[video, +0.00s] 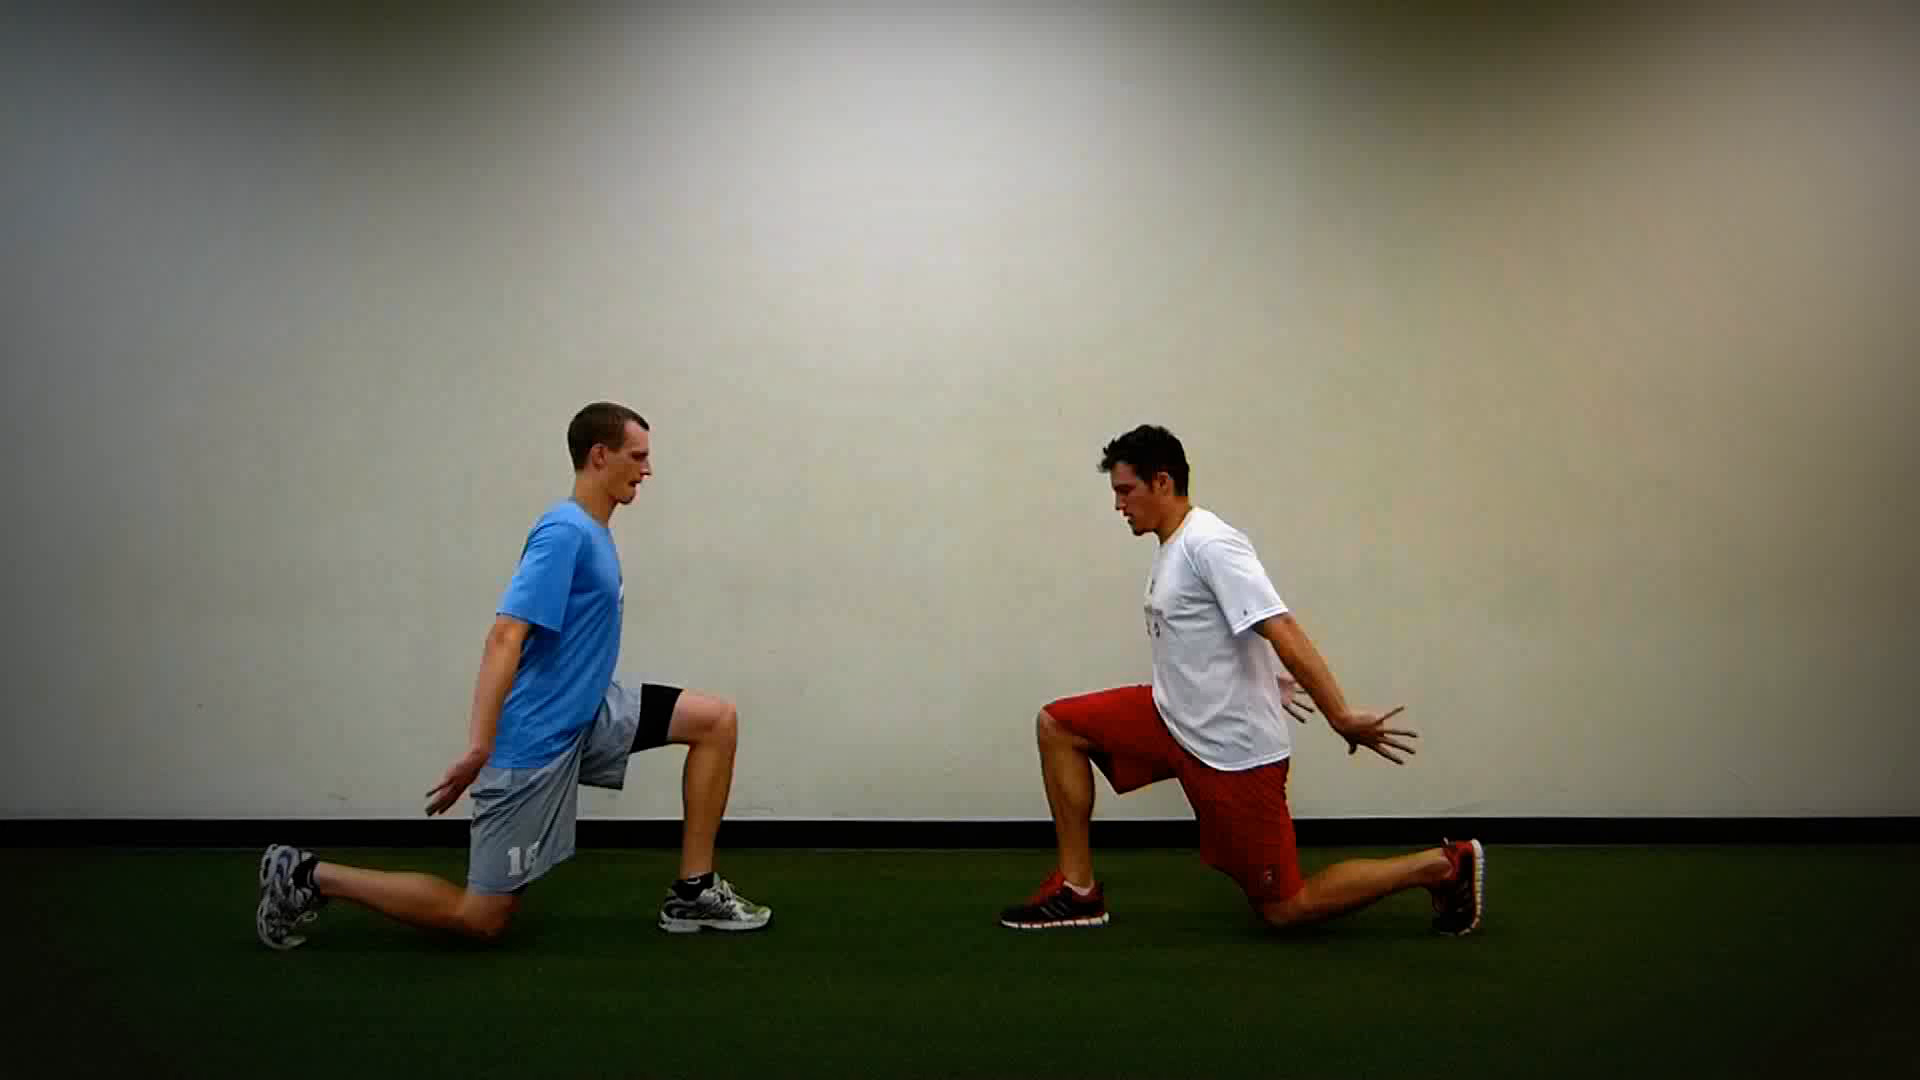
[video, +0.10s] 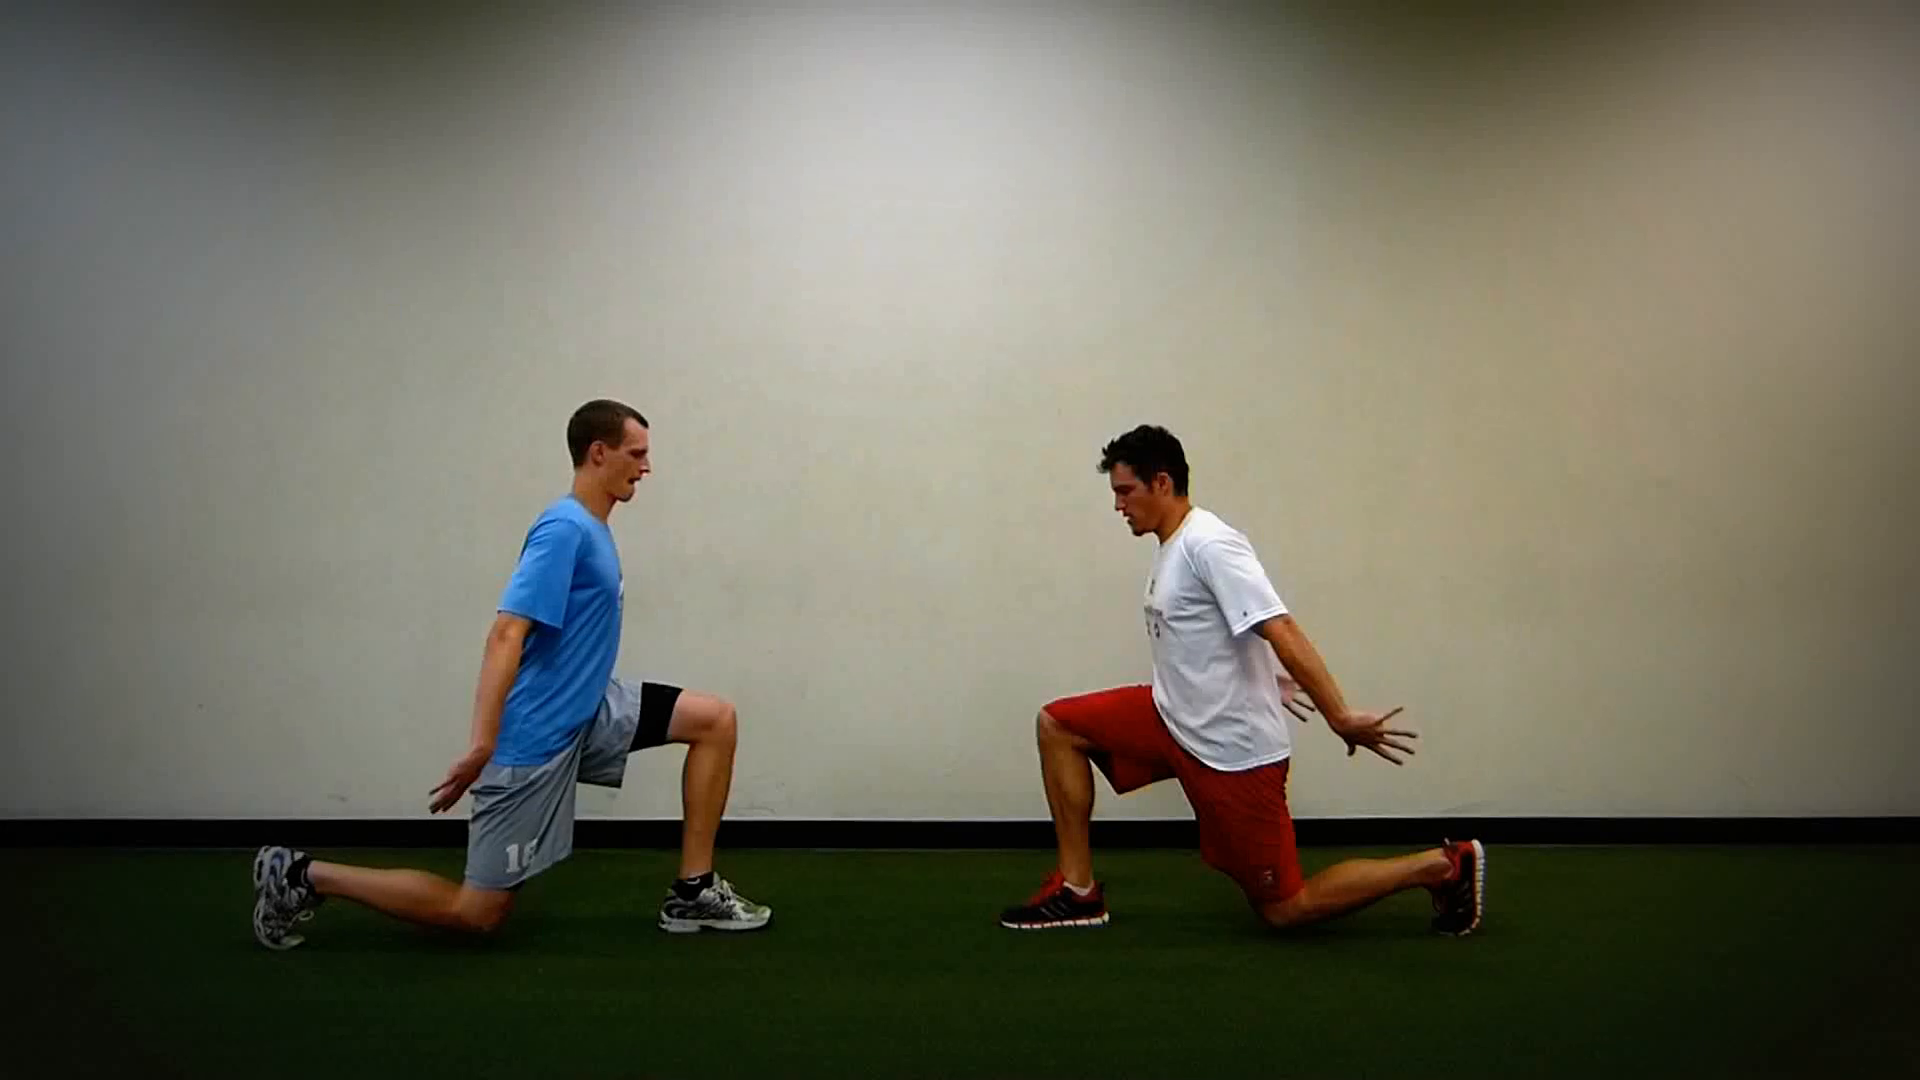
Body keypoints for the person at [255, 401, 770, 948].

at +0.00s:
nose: (646, 471)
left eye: (647, 458)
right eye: (637, 457)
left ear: (602, 459)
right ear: (598, 457)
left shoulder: (592, 529)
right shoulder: (564, 533)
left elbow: (553, 640)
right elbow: (504, 638)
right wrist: (482, 747)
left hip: (589, 709)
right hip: (534, 742)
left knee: (715, 721)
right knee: (484, 916)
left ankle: (696, 892)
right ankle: (305, 877)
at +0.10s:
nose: (645, 468)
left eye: (646, 455)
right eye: (636, 454)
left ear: (601, 457)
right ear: (598, 454)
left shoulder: (589, 526)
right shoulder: (564, 530)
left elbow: (551, 635)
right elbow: (506, 637)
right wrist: (484, 746)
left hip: (589, 707)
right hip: (534, 739)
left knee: (716, 722)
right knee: (479, 912)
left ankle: (695, 891)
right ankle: (301, 876)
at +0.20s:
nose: (644, 466)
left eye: (645, 454)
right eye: (635, 453)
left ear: (600, 456)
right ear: (597, 453)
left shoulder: (589, 525)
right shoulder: (565, 529)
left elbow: (549, 640)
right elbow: (509, 635)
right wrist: (487, 746)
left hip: (590, 707)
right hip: (535, 739)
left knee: (716, 722)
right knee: (477, 911)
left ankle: (696, 892)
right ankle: (298, 875)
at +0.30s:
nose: (643, 466)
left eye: (644, 453)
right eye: (634, 452)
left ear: (600, 456)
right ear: (595, 453)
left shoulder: (589, 525)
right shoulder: (564, 528)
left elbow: (549, 635)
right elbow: (509, 635)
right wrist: (489, 746)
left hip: (589, 706)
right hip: (533, 740)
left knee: (715, 723)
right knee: (476, 910)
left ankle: (696, 892)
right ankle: (293, 876)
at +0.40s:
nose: (643, 465)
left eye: (643, 453)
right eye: (634, 452)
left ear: (599, 455)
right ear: (595, 452)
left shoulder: (589, 524)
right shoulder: (564, 528)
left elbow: (547, 634)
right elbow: (509, 632)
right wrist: (488, 743)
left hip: (587, 706)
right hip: (532, 738)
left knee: (714, 723)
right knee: (473, 909)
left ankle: (696, 892)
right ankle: (290, 877)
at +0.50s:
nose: (643, 463)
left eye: (643, 451)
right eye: (634, 450)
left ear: (599, 453)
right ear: (594, 451)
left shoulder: (589, 523)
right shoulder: (564, 526)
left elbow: (546, 636)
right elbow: (506, 631)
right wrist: (485, 740)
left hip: (587, 704)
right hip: (531, 737)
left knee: (713, 722)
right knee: (473, 907)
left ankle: (696, 892)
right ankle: (288, 876)